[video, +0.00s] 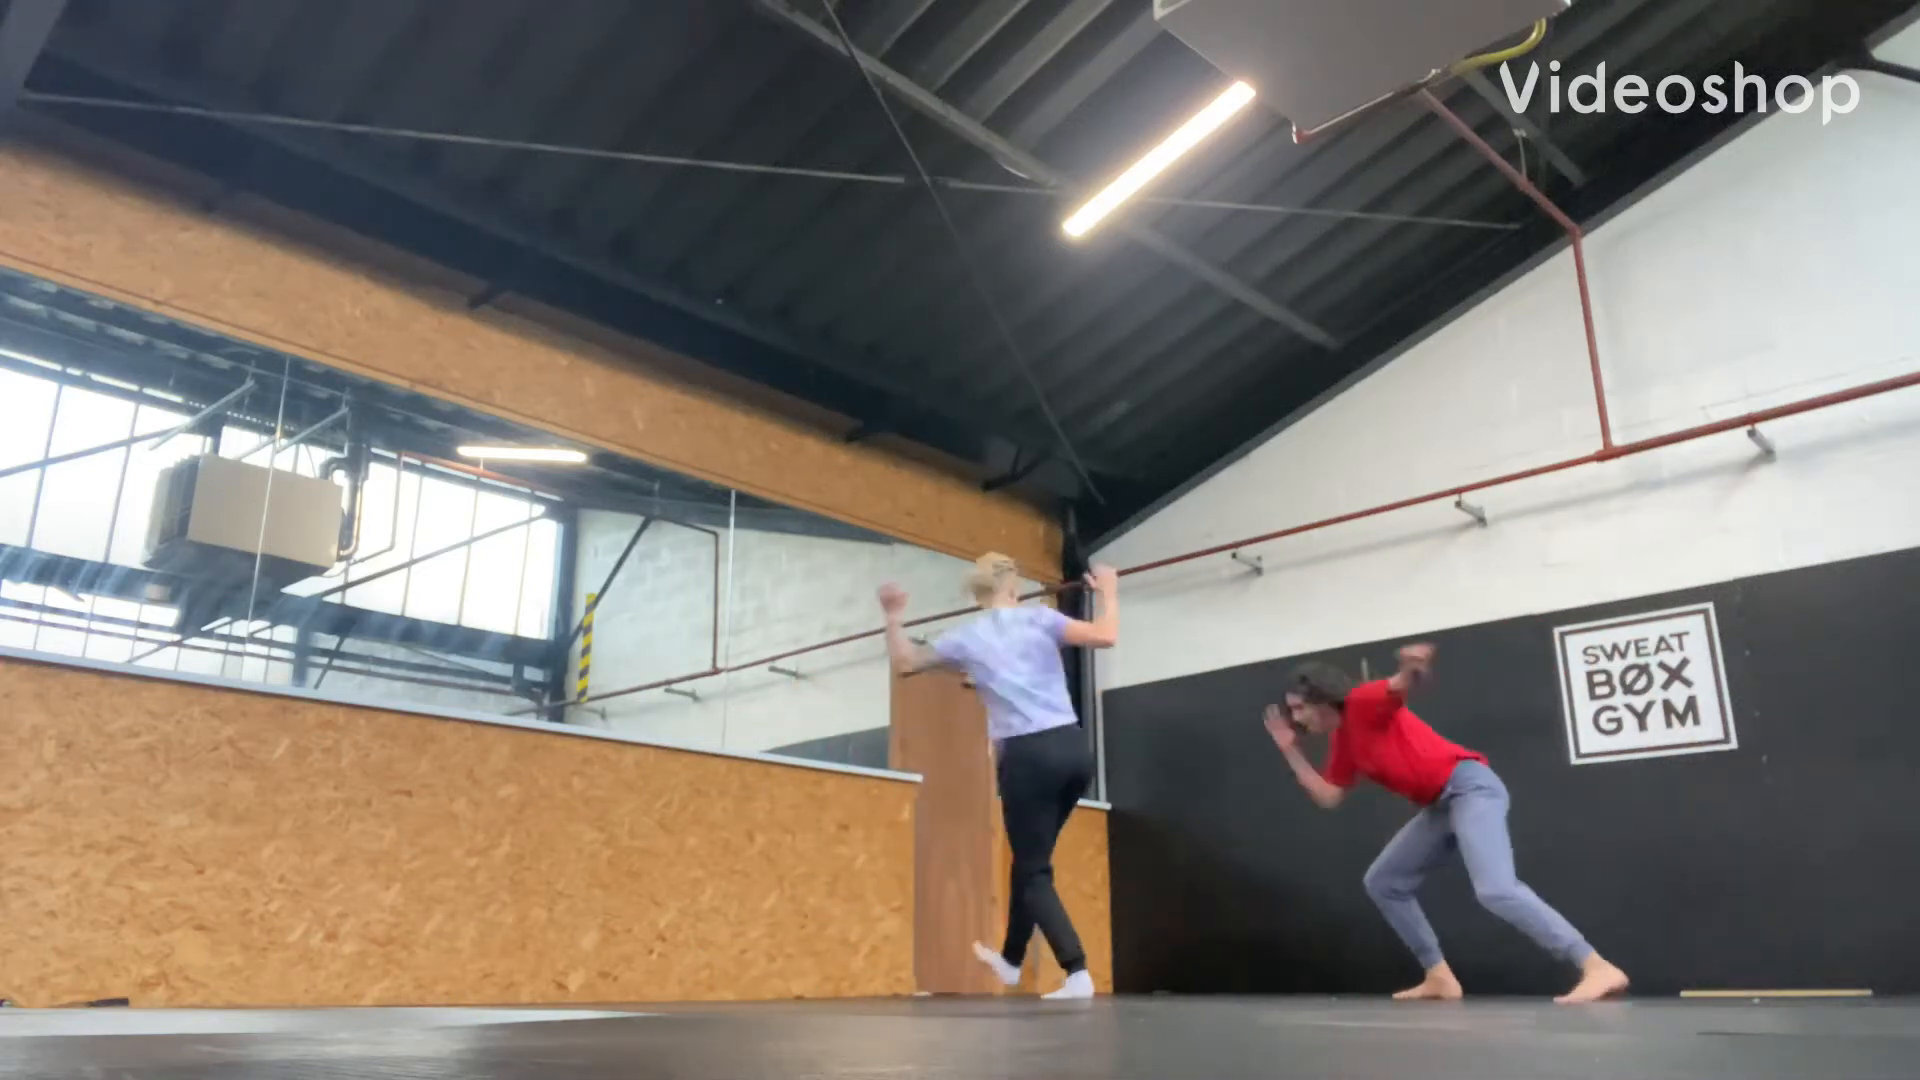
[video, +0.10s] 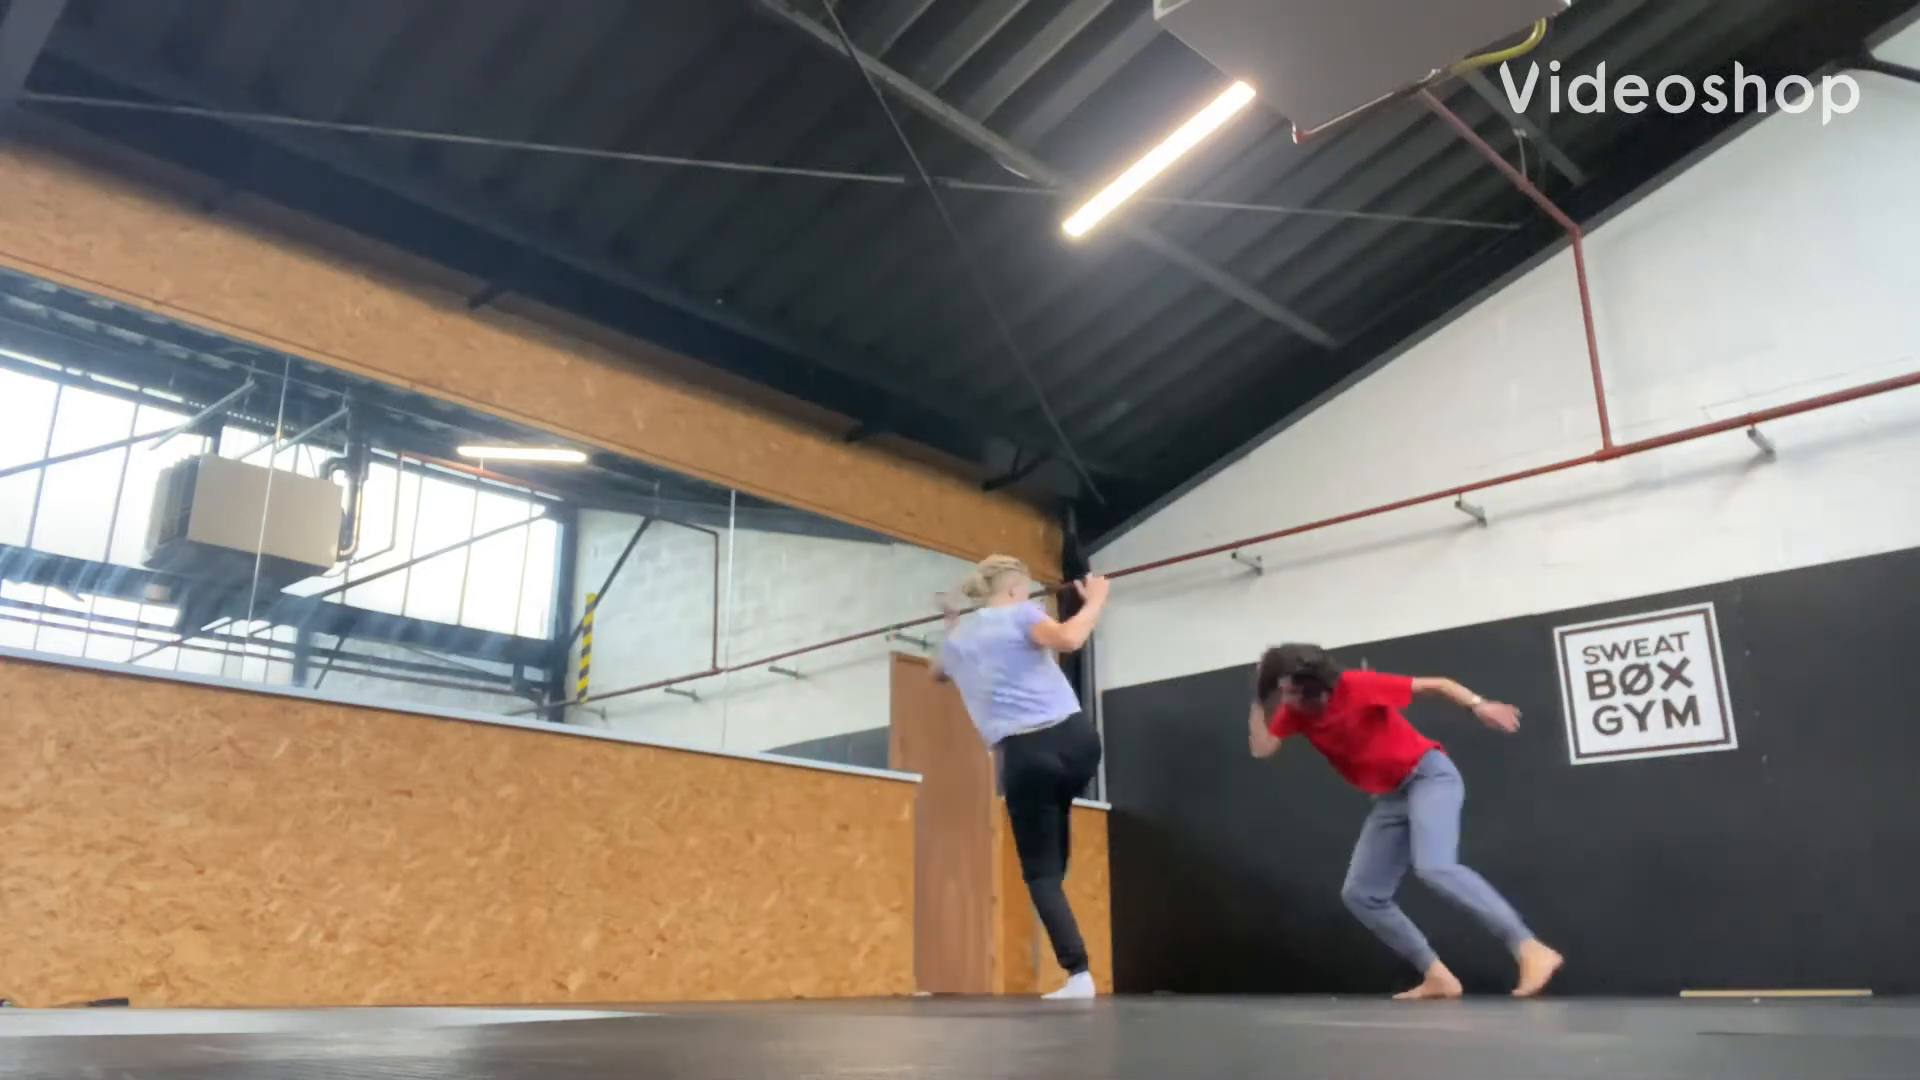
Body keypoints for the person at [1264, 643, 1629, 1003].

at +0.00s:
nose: (1297, 720)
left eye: (1297, 710)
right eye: (1293, 714)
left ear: (1316, 700)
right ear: (1312, 710)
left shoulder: (1360, 702)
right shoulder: (1343, 745)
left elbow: (1399, 687)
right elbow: (1328, 796)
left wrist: (1412, 668)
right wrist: (1289, 751)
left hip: (1469, 785)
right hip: (1439, 809)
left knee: (1496, 889)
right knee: (1383, 881)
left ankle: (1598, 969)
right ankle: (1439, 978)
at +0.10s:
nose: (1286, 702)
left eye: (1292, 694)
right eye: (1284, 694)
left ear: (1314, 688)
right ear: (1285, 691)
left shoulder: (1357, 687)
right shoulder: (1295, 712)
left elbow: (1436, 685)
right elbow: (1261, 747)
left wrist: (1481, 706)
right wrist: (1258, 697)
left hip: (1430, 775)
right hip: (1391, 799)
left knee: (1434, 865)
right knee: (1362, 894)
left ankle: (1532, 952)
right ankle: (1438, 977)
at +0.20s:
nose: (1296, 695)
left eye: (1304, 690)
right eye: (1296, 688)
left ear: (1322, 683)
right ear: (1291, 682)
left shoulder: (1358, 682)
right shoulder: (1280, 693)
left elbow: (1429, 696)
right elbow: (1246, 730)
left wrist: (1475, 742)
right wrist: (1266, 679)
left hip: (1388, 774)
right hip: (1338, 790)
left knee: (1363, 847)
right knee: (1325, 882)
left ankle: (1404, 948)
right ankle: (1407, 946)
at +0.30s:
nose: (1326, 735)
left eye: (1336, 729)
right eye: (1323, 727)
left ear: (1352, 712)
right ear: (1309, 708)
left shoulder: (1361, 707)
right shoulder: (1283, 699)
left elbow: (1405, 715)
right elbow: (1249, 756)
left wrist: (1441, 761)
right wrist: (1292, 712)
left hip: (1345, 787)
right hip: (1290, 787)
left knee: (1328, 870)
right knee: (1263, 878)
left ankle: (1315, 962)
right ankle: (1316, 933)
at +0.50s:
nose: (1322, 836)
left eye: (1328, 829)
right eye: (1319, 828)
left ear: (1332, 813)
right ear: (1303, 809)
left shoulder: (1330, 786)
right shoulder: (1267, 796)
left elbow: (1326, 760)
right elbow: (1251, 856)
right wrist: (1317, 844)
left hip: (1272, 824)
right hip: (1225, 811)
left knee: (1314, 875)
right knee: (1161, 880)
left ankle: (1307, 975)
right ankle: (1098, 940)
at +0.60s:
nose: (1291, 858)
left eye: (1298, 856)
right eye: (1288, 852)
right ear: (1272, 838)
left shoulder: (1297, 806)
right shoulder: (1238, 817)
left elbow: (1282, 776)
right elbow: (1226, 879)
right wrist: (1292, 876)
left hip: (1239, 830)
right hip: (1189, 821)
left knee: (1293, 879)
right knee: (1118, 896)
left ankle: (1303, 974)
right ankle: (1050, 966)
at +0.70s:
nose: (1228, 846)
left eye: (1234, 842)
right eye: (1226, 839)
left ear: (1246, 833)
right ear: (1217, 823)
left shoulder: (1247, 801)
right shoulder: (1188, 814)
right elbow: (1174, 869)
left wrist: (1251, 849)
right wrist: (1239, 866)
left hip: (1204, 847)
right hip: (1150, 838)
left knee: (1259, 891)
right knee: (1086, 903)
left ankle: (1299, 975)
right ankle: (1047, 977)